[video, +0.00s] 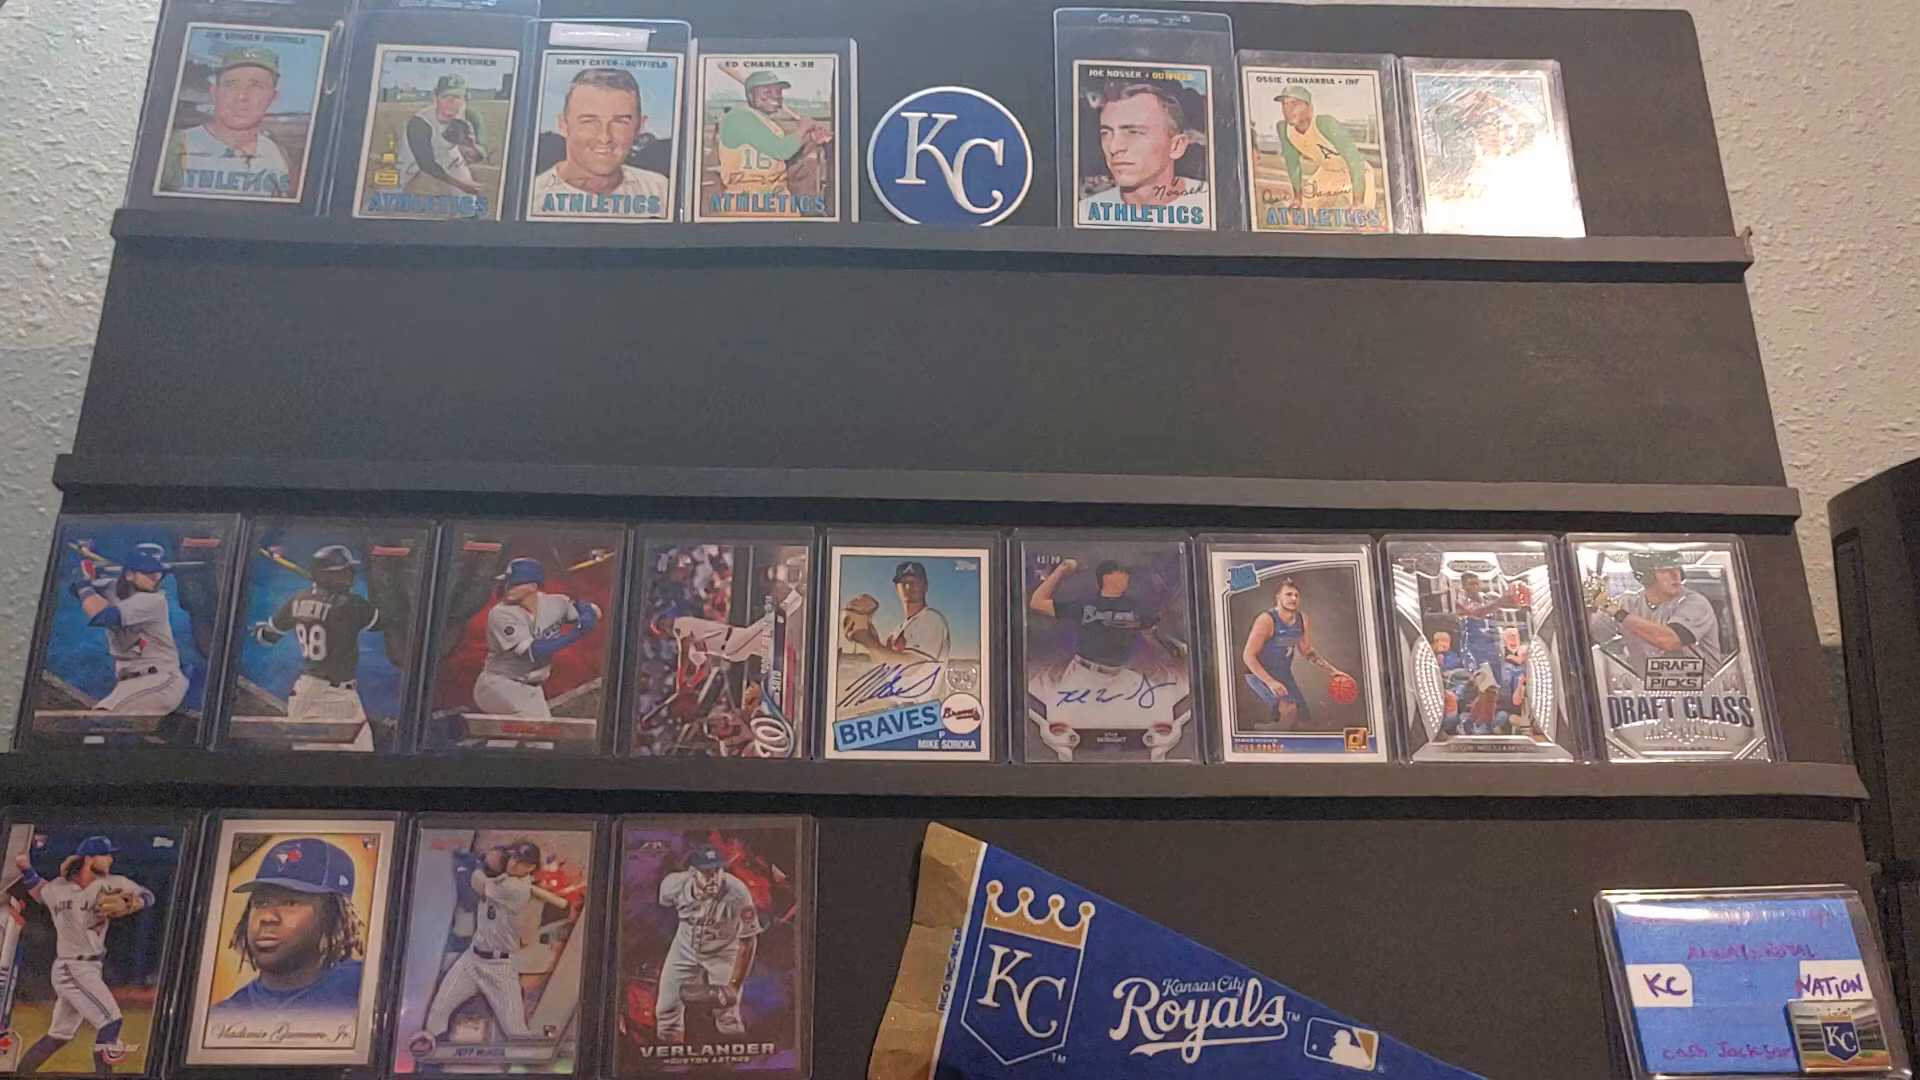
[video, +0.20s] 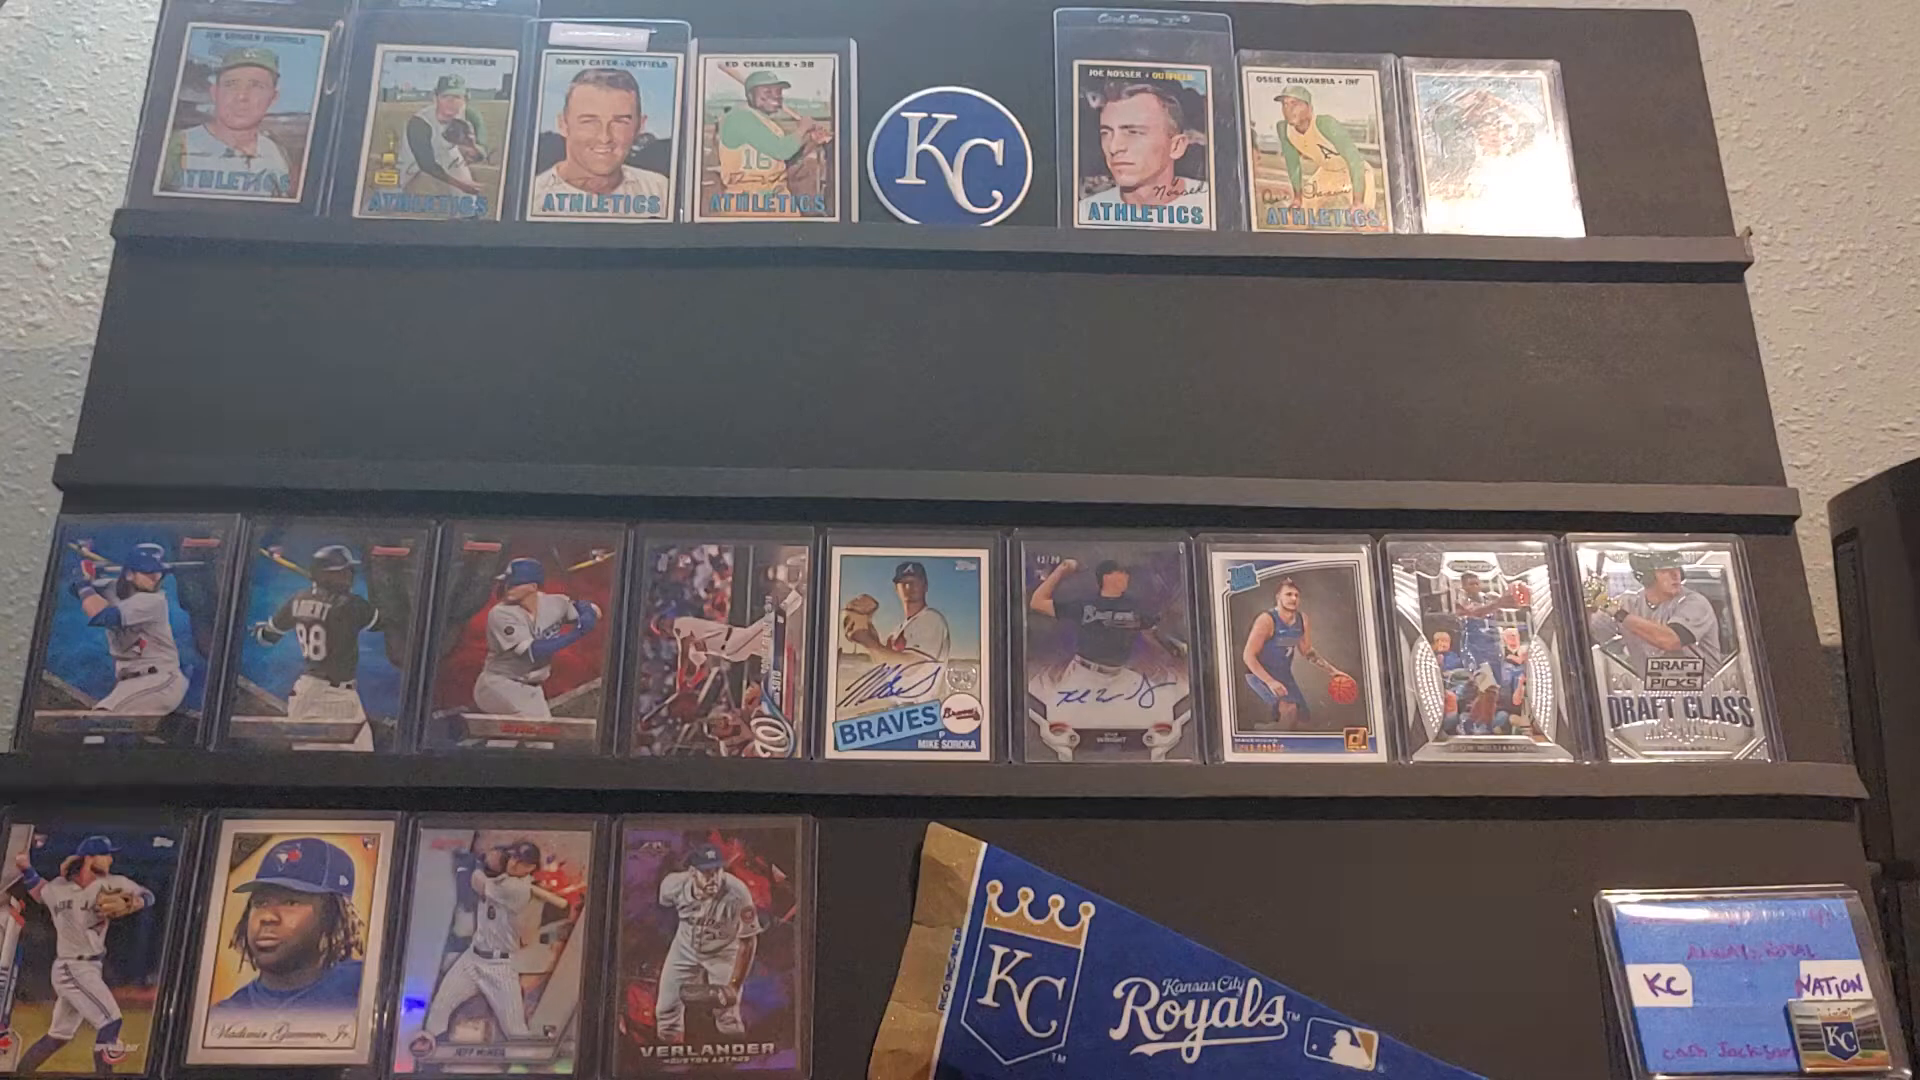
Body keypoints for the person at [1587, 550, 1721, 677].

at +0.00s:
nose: (1677, 575)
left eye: (1677, 569)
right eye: (1667, 570)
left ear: (1682, 571)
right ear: (1646, 575)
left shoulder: (1696, 604)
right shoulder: (1628, 604)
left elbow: (1670, 641)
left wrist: (1623, 616)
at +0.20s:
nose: (1677, 575)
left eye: (1677, 568)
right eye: (1667, 570)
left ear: (1682, 571)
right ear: (1646, 575)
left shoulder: (1696, 604)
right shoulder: (1628, 604)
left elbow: (1670, 641)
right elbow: (1587, 635)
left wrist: (1623, 616)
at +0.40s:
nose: (1677, 575)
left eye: (1677, 568)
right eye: (1666, 570)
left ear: (1682, 570)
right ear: (1645, 575)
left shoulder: (1696, 604)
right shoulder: (1628, 604)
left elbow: (1670, 641)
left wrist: (1623, 616)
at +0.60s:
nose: (1676, 576)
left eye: (1677, 569)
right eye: (1666, 570)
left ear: (1682, 571)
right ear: (1646, 575)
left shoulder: (1696, 604)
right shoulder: (1628, 603)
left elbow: (1671, 641)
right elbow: (1588, 635)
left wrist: (1623, 616)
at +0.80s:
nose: (1676, 575)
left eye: (1677, 568)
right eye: (1666, 570)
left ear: (1682, 571)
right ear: (1645, 575)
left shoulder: (1696, 604)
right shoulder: (1628, 603)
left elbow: (1670, 641)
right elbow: (1589, 635)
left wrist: (1623, 616)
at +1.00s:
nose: (1676, 575)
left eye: (1677, 568)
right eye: (1666, 570)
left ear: (1682, 571)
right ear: (1645, 575)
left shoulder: (1696, 604)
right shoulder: (1628, 603)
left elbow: (1671, 641)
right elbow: (1588, 635)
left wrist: (1621, 615)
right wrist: (1584, 608)